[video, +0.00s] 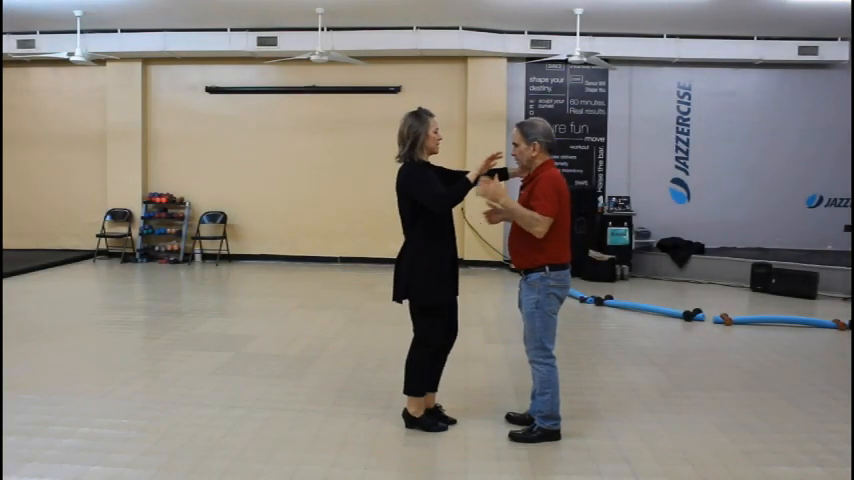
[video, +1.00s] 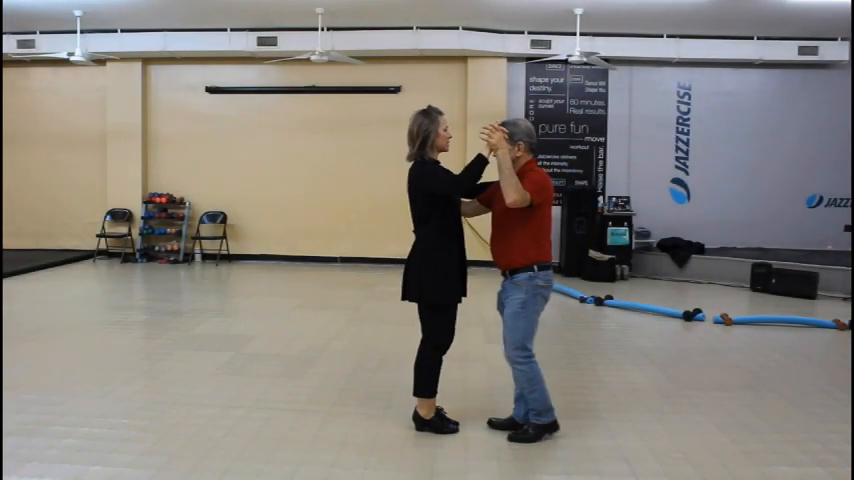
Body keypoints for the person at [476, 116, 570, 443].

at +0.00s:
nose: (513, 151)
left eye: (517, 145)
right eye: (513, 146)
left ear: (535, 148)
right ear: (535, 148)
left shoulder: (548, 179)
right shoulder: (535, 177)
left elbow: (540, 226)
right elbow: (533, 217)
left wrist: (505, 202)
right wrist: (506, 214)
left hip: (546, 277)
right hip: (535, 276)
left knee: (541, 353)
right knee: (537, 351)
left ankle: (548, 424)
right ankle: (538, 412)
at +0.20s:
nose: (514, 151)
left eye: (518, 145)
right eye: (514, 145)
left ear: (538, 147)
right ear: (537, 147)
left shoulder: (552, 179)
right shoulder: (536, 179)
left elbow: (532, 221)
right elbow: (516, 216)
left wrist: (503, 185)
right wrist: (476, 211)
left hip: (549, 278)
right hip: (536, 276)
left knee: (542, 352)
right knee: (534, 349)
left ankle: (548, 424)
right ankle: (538, 412)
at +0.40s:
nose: (510, 153)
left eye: (514, 147)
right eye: (510, 147)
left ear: (534, 148)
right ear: (531, 148)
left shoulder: (551, 179)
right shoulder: (529, 180)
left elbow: (524, 215)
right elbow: (499, 207)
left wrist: (498, 173)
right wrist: (455, 201)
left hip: (550, 279)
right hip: (534, 277)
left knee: (541, 353)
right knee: (526, 348)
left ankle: (548, 425)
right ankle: (533, 412)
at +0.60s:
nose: (501, 152)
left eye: (506, 146)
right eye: (501, 146)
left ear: (526, 148)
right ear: (523, 148)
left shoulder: (544, 179)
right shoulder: (520, 180)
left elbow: (513, 205)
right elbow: (488, 204)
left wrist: (502, 158)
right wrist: (448, 200)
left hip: (546, 280)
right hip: (529, 278)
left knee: (540, 354)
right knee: (524, 351)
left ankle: (548, 424)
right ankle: (525, 416)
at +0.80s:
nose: (499, 151)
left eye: (504, 144)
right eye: (499, 145)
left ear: (522, 147)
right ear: (519, 148)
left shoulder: (541, 177)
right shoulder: (511, 181)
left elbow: (514, 195)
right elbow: (474, 206)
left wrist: (503, 152)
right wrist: (440, 192)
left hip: (538, 279)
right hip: (520, 279)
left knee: (535, 354)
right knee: (520, 352)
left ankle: (547, 424)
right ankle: (524, 416)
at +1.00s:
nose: (496, 150)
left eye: (502, 145)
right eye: (496, 144)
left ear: (520, 148)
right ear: (515, 148)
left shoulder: (537, 178)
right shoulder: (504, 184)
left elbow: (514, 198)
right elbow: (468, 207)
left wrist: (502, 154)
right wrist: (435, 196)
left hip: (532, 278)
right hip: (513, 277)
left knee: (518, 350)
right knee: (515, 351)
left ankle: (544, 419)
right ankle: (523, 416)